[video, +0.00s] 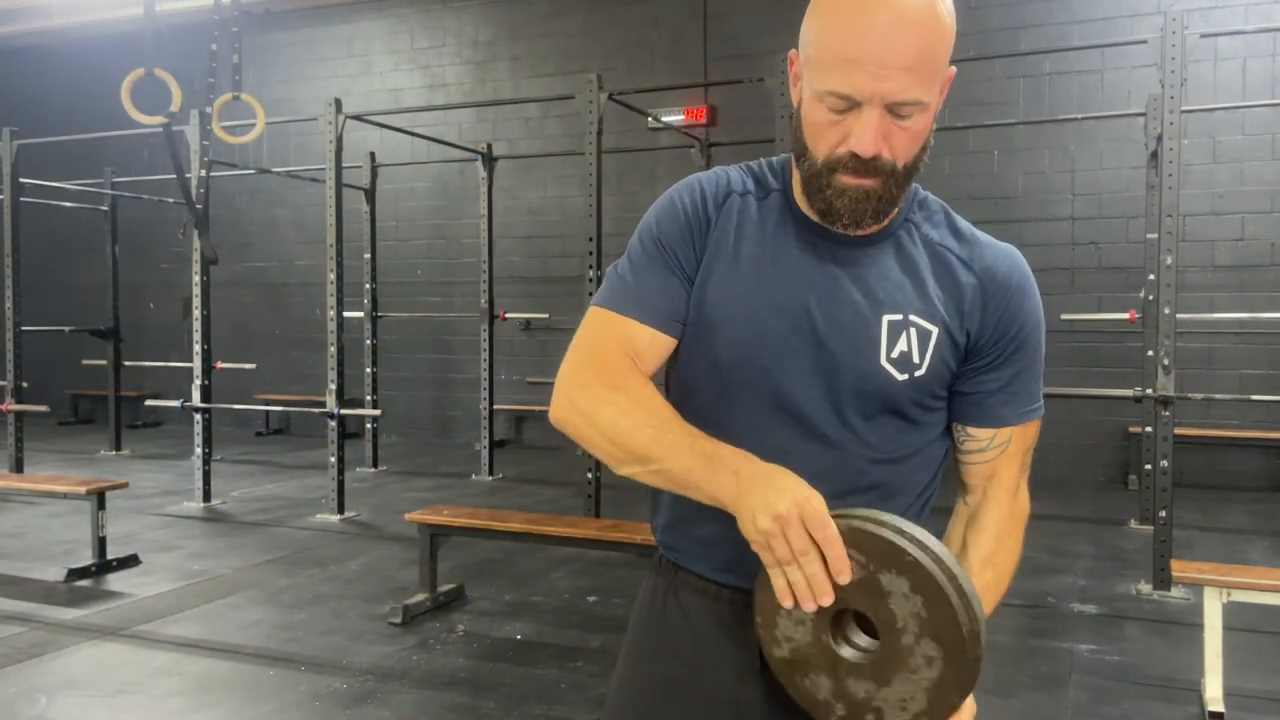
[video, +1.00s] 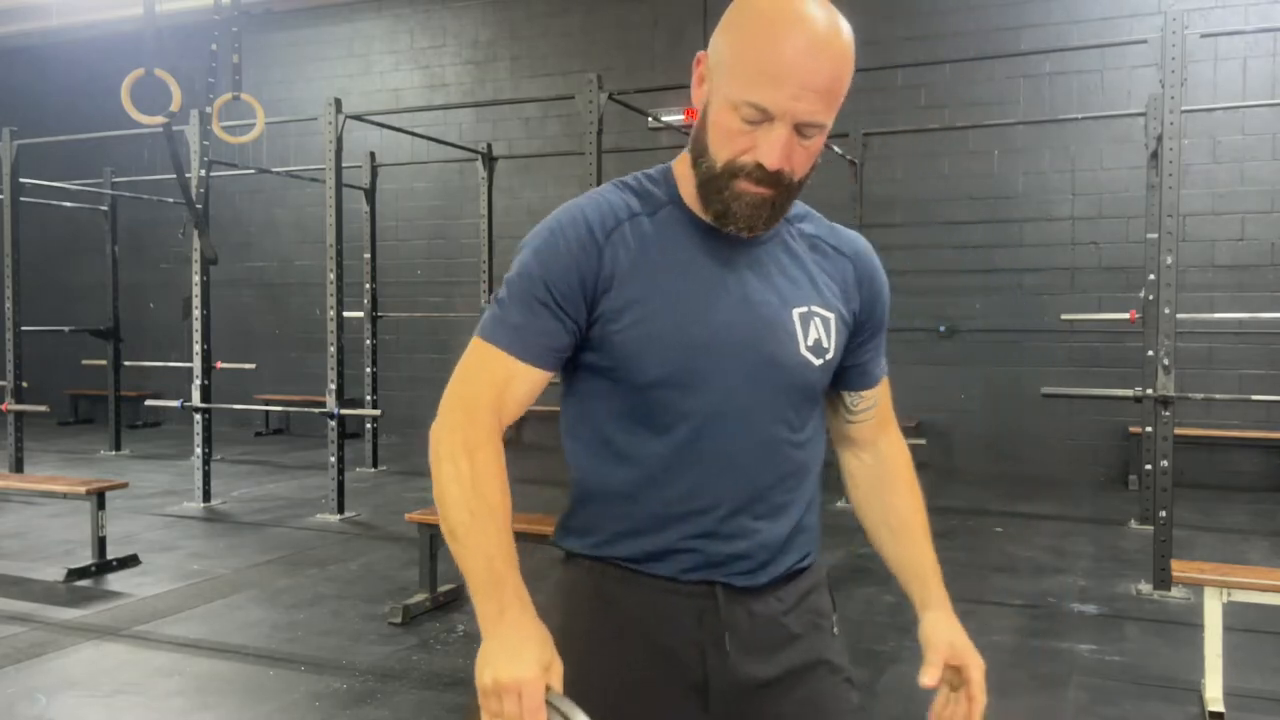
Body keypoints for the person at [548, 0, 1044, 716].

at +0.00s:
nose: (867, 143)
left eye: (901, 111)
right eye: (840, 105)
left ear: (941, 99)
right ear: (795, 79)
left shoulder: (989, 283)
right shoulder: (700, 217)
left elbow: (995, 491)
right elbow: (587, 390)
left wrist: (938, 659)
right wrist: (742, 479)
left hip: (871, 648)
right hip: (693, 627)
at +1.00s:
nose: (774, 158)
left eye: (806, 131)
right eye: (753, 117)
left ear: (831, 127)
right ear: (701, 84)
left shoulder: (846, 270)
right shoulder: (589, 242)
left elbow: (869, 437)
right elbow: (462, 428)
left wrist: (933, 607)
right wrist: (505, 623)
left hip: (788, 627)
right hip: (620, 626)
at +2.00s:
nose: (734, 206)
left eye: (740, 187)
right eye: (737, 181)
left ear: (668, 155)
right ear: (702, 154)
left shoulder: (584, 250)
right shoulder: (642, 249)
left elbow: (569, 423)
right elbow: (587, 415)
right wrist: (634, 589)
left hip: (578, 549)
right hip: (622, 555)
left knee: (611, 702)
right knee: (650, 705)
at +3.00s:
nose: (866, 223)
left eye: (863, 215)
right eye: (867, 213)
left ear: (790, 219)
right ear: (858, 210)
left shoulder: (725, 274)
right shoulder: (881, 280)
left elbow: (659, 382)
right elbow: (908, 413)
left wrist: (651, 469)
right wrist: (940, 518)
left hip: (742, 501)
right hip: (834, 507)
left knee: (751, 648)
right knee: (826, 684)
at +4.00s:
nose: (937, 250)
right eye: (938, 242)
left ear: (880, 247)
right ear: (933, 244)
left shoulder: (837, 301)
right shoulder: (953, 300)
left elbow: (793, 381)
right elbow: (959, 394)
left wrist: (791, 441)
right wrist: (978, 482)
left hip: (859, 467)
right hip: (928, 471)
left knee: (848, 601)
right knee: (939, 599)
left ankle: (835, 715)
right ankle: (941, 706)